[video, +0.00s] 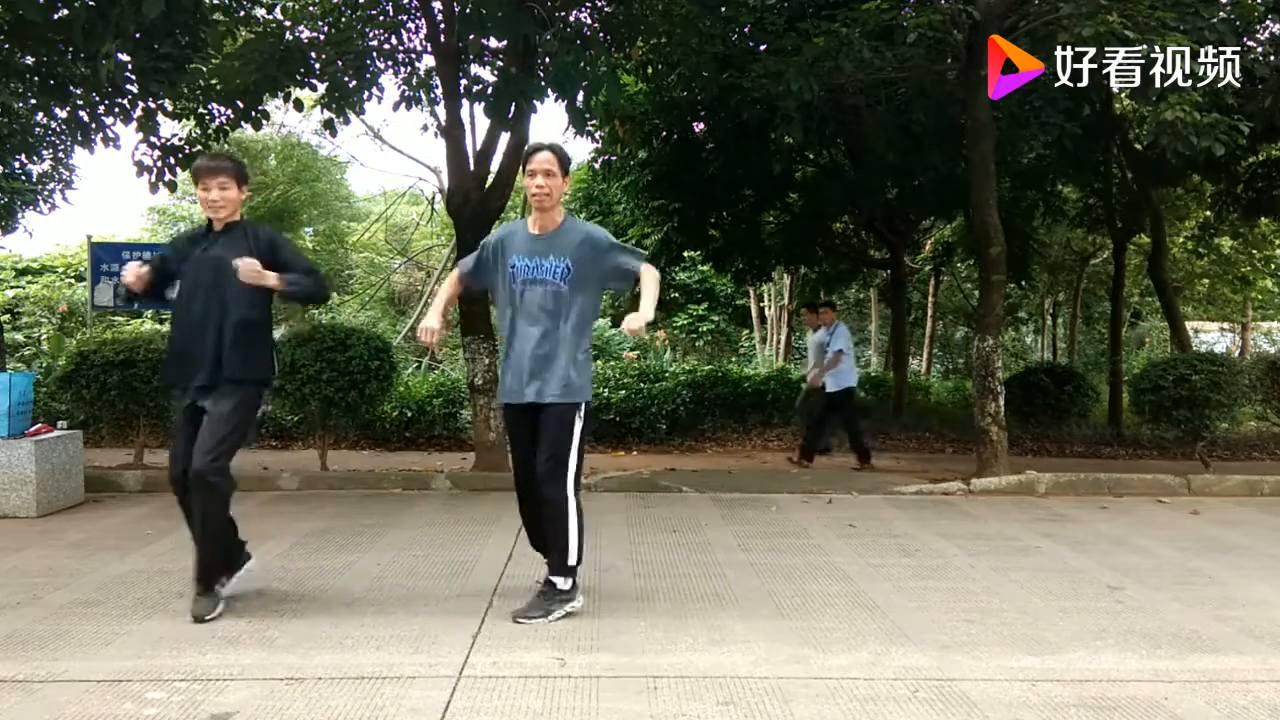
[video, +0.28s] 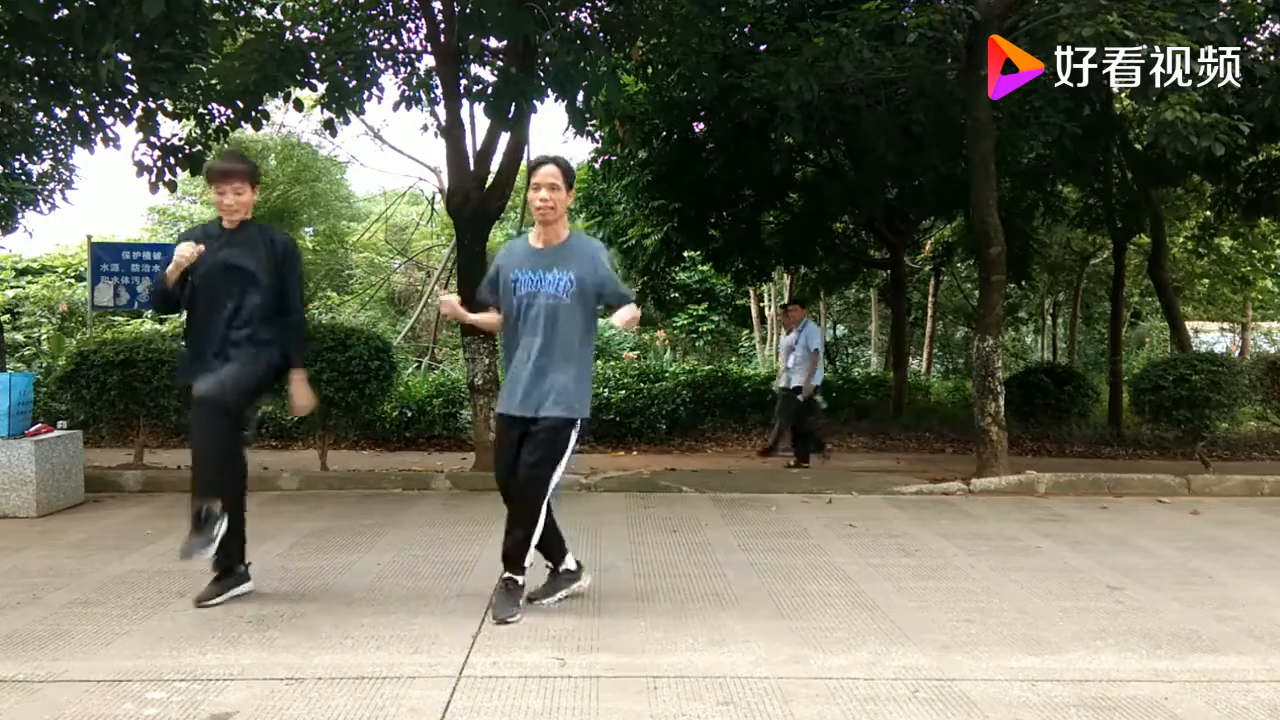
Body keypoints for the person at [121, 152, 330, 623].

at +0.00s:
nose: (214, 196)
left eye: (223, 188)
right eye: (206, 188)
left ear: (242, 193)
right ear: (197, 195)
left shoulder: (264, 242)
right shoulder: (186, 245)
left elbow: (316, 286)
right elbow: (153, 291)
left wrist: (272, 279)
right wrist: (140, 283)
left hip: (241, 379)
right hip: (191, 377)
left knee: (204, 469)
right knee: (181, 474)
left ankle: (207, 584)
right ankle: (231, 554)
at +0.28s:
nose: (231, 199)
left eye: (239, 190)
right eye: (223, 191)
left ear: (254, 192)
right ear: (213, 194)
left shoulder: (277, 245)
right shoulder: (197, 242)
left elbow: (293, 314)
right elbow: (164, 303)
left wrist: (298, 374)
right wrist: (175, 271)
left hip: (259, 353)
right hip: (208, 358)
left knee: (210, 394)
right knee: (225, 458)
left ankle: (208, 510)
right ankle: (233, 568)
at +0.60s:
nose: (272, 207)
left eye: (281, 198)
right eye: (263, 197)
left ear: (293, 198)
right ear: (248, 195)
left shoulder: (311, 245)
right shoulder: (225, 245)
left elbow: (337, 302)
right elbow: (209, 308)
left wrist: (355, 355)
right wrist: (207, 367)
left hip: (291, 355)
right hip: (243, 360)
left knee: (261, 400)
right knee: (249, 455)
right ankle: (257, 549)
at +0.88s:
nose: (308, 206)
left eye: (316, 197)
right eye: (299, 197)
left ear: (328, 201)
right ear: (285, 200)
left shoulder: (348, 256)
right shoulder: (263, 255)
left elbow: (367, 327)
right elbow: (251, 322)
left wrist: (365, 313)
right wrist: (248, 380)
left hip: (329, 385)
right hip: (276, 384)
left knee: (318, 476)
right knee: (257, 473)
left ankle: (324, 590)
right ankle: (274, 532)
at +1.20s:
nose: (346, 190)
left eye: (356, 182)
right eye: (338, 181)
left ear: (369, 188)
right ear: (326, 188)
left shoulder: (392, 239)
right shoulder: (307, 244)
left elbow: (399, 283)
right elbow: (302, 304)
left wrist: (383, 314)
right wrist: (308, 348)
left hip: (372, 353)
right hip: (323, 349)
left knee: (359, 458)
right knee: (317, 384)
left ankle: (343, 562)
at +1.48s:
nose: (376, 215)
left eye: (384, 207)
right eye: (367, 207)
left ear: (399, 216)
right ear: (355, 216)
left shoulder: (424, 272)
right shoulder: (339, 279)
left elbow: (439, 341)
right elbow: (331, 349)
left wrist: (439, 402)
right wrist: (335, 411)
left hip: (413, 396)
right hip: (364, 398)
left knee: (400, 485)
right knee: (392, 483)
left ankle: (377, 546)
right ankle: (403, 595)